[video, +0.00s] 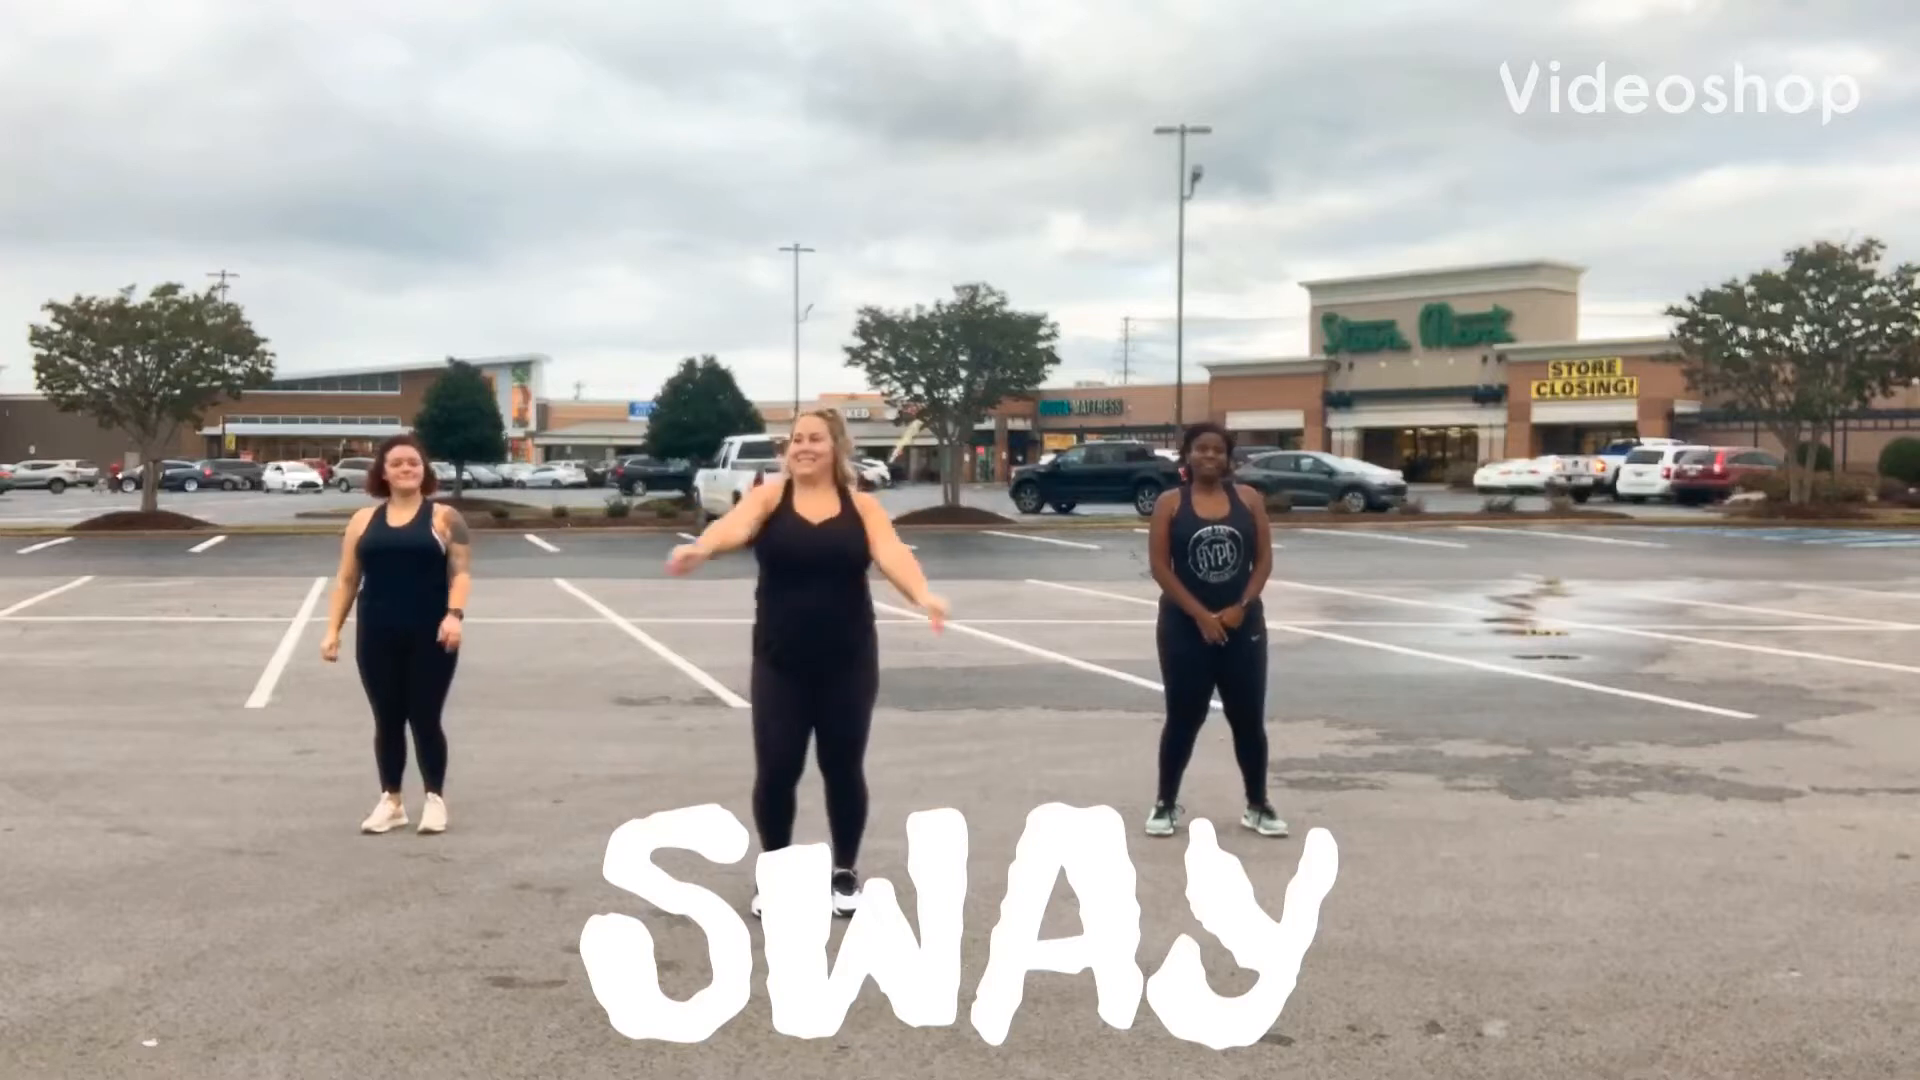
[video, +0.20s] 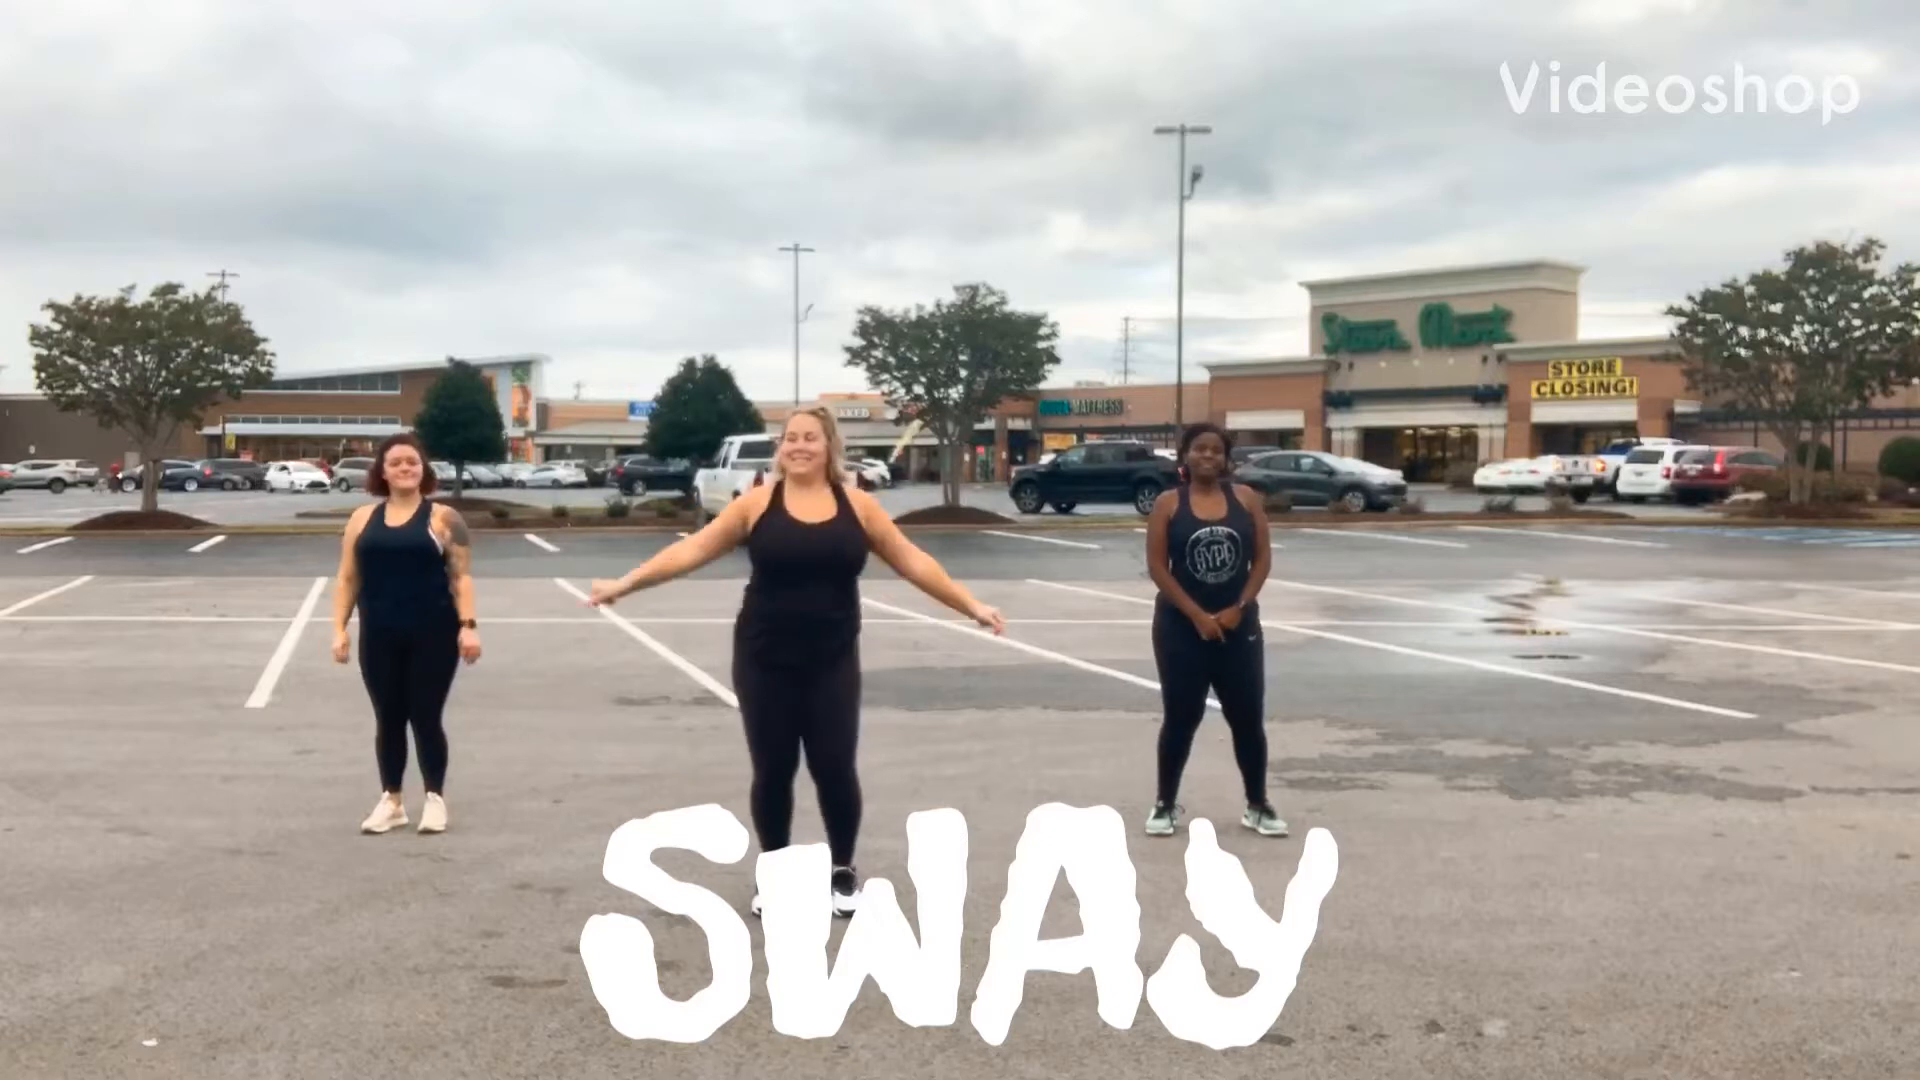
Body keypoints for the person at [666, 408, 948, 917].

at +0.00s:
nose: (804, 446)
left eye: (815, 438)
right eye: (797, 438)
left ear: (837, 449)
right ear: (787, 448)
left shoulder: (861, 506)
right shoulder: (768, 495)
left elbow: (891, 552)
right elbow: (734, 526)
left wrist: (921, 593)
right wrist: (702, 547)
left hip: (848, 662)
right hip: (780, 661)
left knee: (843, 770)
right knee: (775, 775)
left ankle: (845, 871)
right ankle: (772, 875)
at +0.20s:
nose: (798, 445)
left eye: (810, 437)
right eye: (790, 436)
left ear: (830, 449)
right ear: (780, 447)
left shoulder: (856, 505)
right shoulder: (755, 503)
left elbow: (911, 560)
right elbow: (692, 549)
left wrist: (969, 604)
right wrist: (624, 583)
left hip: (833, 659)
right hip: (764, 658)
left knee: (834, 771)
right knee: (773, 772)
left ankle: (843, 870)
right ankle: (773, 871)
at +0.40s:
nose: (796, 447)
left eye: (806, 439)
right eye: (788, 439)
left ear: (823, 448)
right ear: (773, 447)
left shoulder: (847, 502)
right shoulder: (747, 502)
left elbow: (867, 570)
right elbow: (732, 569)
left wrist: (884, 619)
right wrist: (725, 624)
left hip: (826, 661)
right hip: (756, 660)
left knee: (829, 768)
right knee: (764, 772)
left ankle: (842, 866)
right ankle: (770, 874)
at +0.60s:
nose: (795, 449)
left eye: (805, 440)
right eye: (785, 440)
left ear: (820, 448)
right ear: (770, 448)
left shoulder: (844, 506)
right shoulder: (743, 506)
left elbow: (870, 581)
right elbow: (715, 584)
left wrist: (895, 647)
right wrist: (700, 656)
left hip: (828, 663)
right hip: (757, 665)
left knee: (827, 767)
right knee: (767, 773)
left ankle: (834, 867)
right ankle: (770, 874)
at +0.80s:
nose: (803, 450)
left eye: (813, 442)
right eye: (794, 442)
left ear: (829, 451)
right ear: (778, 450)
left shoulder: (851, 510)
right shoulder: (749, 507)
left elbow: (897, 568)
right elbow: (714, 561)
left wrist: (942, 575)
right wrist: (689, 597)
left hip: (834, 670)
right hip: (763, 670)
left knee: (832, 779)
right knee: (770, 778)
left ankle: (845, 892)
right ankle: (772, 879)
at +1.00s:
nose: (818, 451)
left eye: (828, 443)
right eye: (808, 442)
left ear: (843, 454)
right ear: (791, 453)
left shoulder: (862, 514)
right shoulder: (762, 509)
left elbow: (910, 584)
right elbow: (734, 568)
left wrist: (972, 572)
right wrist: (713, 604)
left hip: (852, 676)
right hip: (779, 675)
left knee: (846, 795)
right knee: (785, 788)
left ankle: (846, 910)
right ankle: (771, 876)